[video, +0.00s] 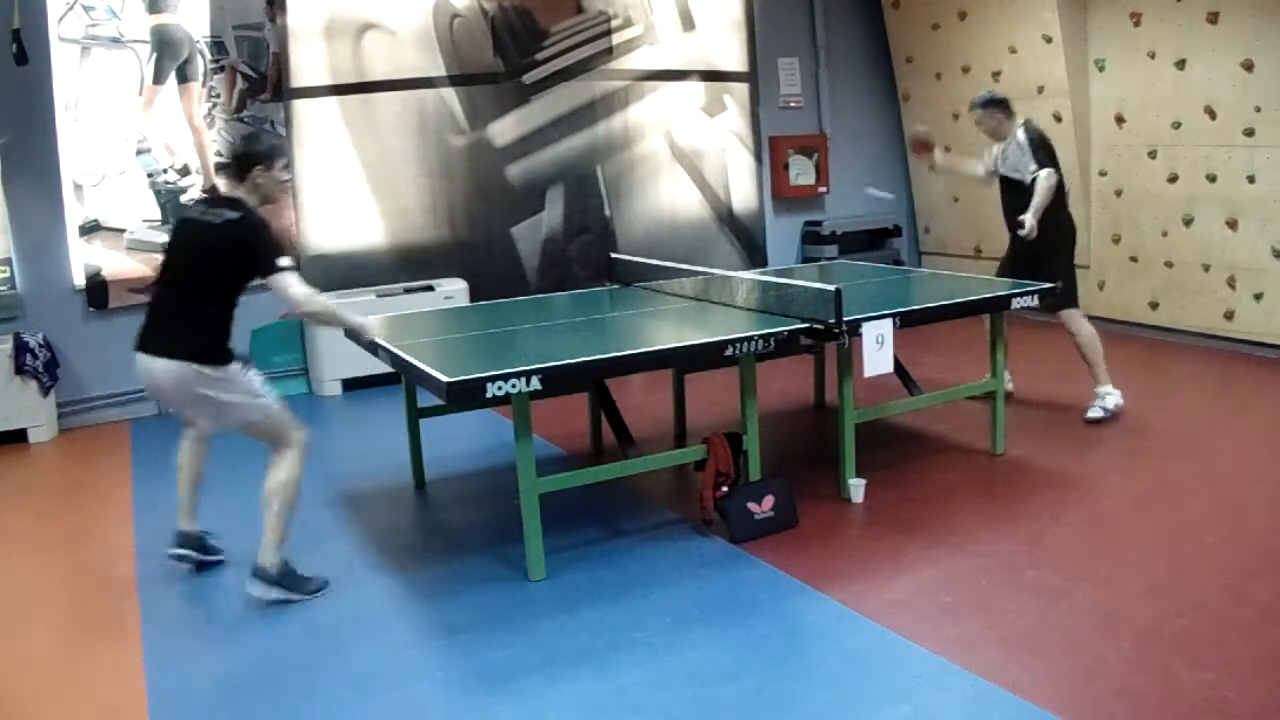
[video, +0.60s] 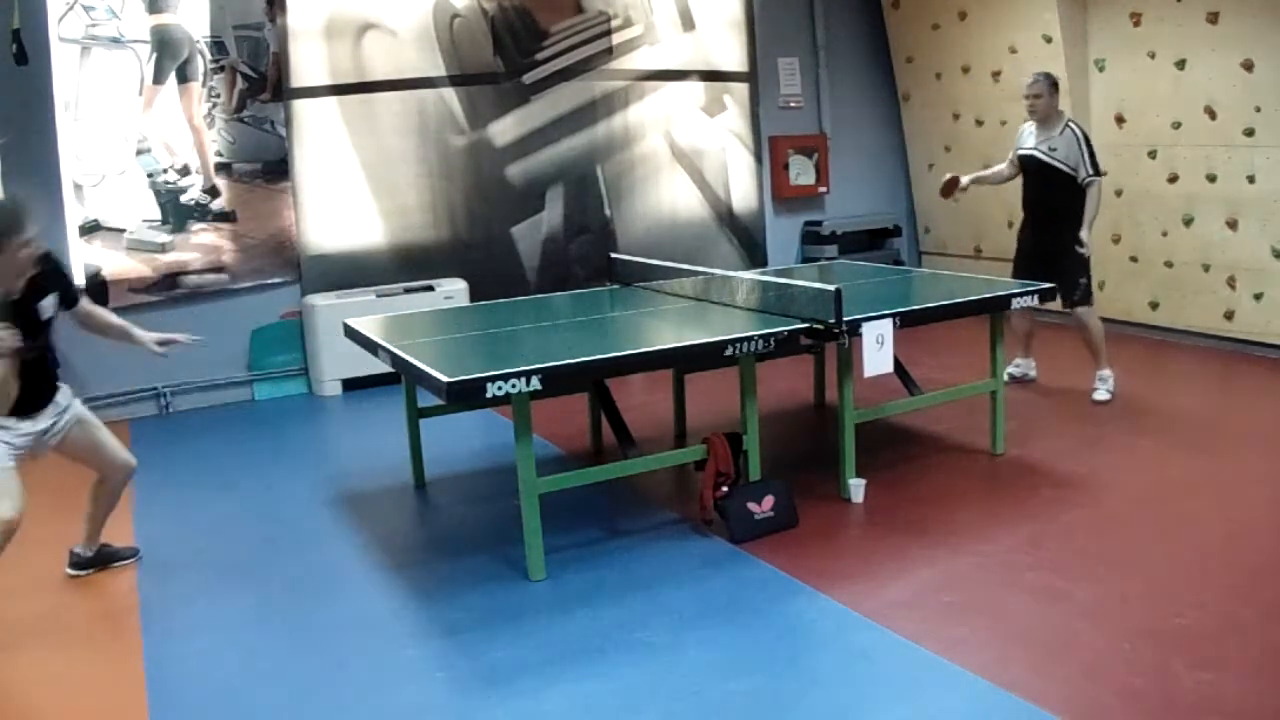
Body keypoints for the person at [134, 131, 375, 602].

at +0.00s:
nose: (286, 179)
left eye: (285, 169)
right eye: (281, 170)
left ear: (234, 171)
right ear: (257, 173)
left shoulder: (194, 213)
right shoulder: (251, 229)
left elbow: (174, 275)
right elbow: (301, 301)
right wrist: (350, 323)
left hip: (151, 358)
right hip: (200, 367)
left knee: (198, 423)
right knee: (290, 439)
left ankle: (187, 534)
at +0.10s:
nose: (258, 193)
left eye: (258, 184)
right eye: (253, 184)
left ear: (210, 185)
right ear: (227, 186)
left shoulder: (170, 226)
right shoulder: (211, 246)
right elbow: (253, 319)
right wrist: (318, 344)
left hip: (123, 372)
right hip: (168, 380)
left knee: (170, 438)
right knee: (260, 453)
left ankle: (131, 530)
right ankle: (265, 575)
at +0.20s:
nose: (224, 207)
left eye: (223, 197)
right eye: (218, 197)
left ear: (183, 199)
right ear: (191, 199)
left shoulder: (148, 239)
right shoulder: (162, 251)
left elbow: (145, 324)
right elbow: (173, 339)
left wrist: (175, 375)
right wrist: (252, 373)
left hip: (97, 375)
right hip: (125, 382)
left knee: (145, 459)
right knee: (212, 457)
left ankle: (90, 551)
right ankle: (259, 577)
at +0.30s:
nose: (185, 213)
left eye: (184, 205)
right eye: (178, 206)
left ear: (152, 208)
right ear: (149, 208)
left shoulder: (143, 252)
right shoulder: (107, 261)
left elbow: (137, 315)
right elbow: (98, 355)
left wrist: (180, 373)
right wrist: (173, 389)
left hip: (95, 376)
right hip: (65, 383)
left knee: (140, 458)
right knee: (147, 459)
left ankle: (89, 551)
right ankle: (194, 585)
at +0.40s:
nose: (134, 219)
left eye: (134, 210)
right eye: (128, 211)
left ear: (111, 214)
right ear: (101, 214)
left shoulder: (117, 254)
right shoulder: (57, 264)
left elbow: (128, 311)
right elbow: (48, 361)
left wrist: (176, 356)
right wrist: (125, 379)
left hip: (76, 378)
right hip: (34, 388)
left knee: (131, 457)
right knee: (101, 471)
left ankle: (86, 552)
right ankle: (60, 601)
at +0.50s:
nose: (88, 232)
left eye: (87, 222)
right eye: (79, 225)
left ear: (72, 224)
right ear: (51, 228)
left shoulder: (82, 259)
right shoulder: (9, 282)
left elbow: (114, 308)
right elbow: (16, 377)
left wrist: (163, 340)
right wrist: (64, 360)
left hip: (68, 392)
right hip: (18, 408)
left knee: (126, 461)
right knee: (36, 504)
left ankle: (88, 550)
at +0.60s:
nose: (35, 251)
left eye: (33, 241)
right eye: (24, 245)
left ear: (34, 241)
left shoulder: (44, 271)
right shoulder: (1, 303)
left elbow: (86, 313)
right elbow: (5, 403)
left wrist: (141, 336)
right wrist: (7, 358)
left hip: (52, 405)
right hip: (6, 425)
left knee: (120, 466)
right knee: (8, 516)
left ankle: (88, 550)